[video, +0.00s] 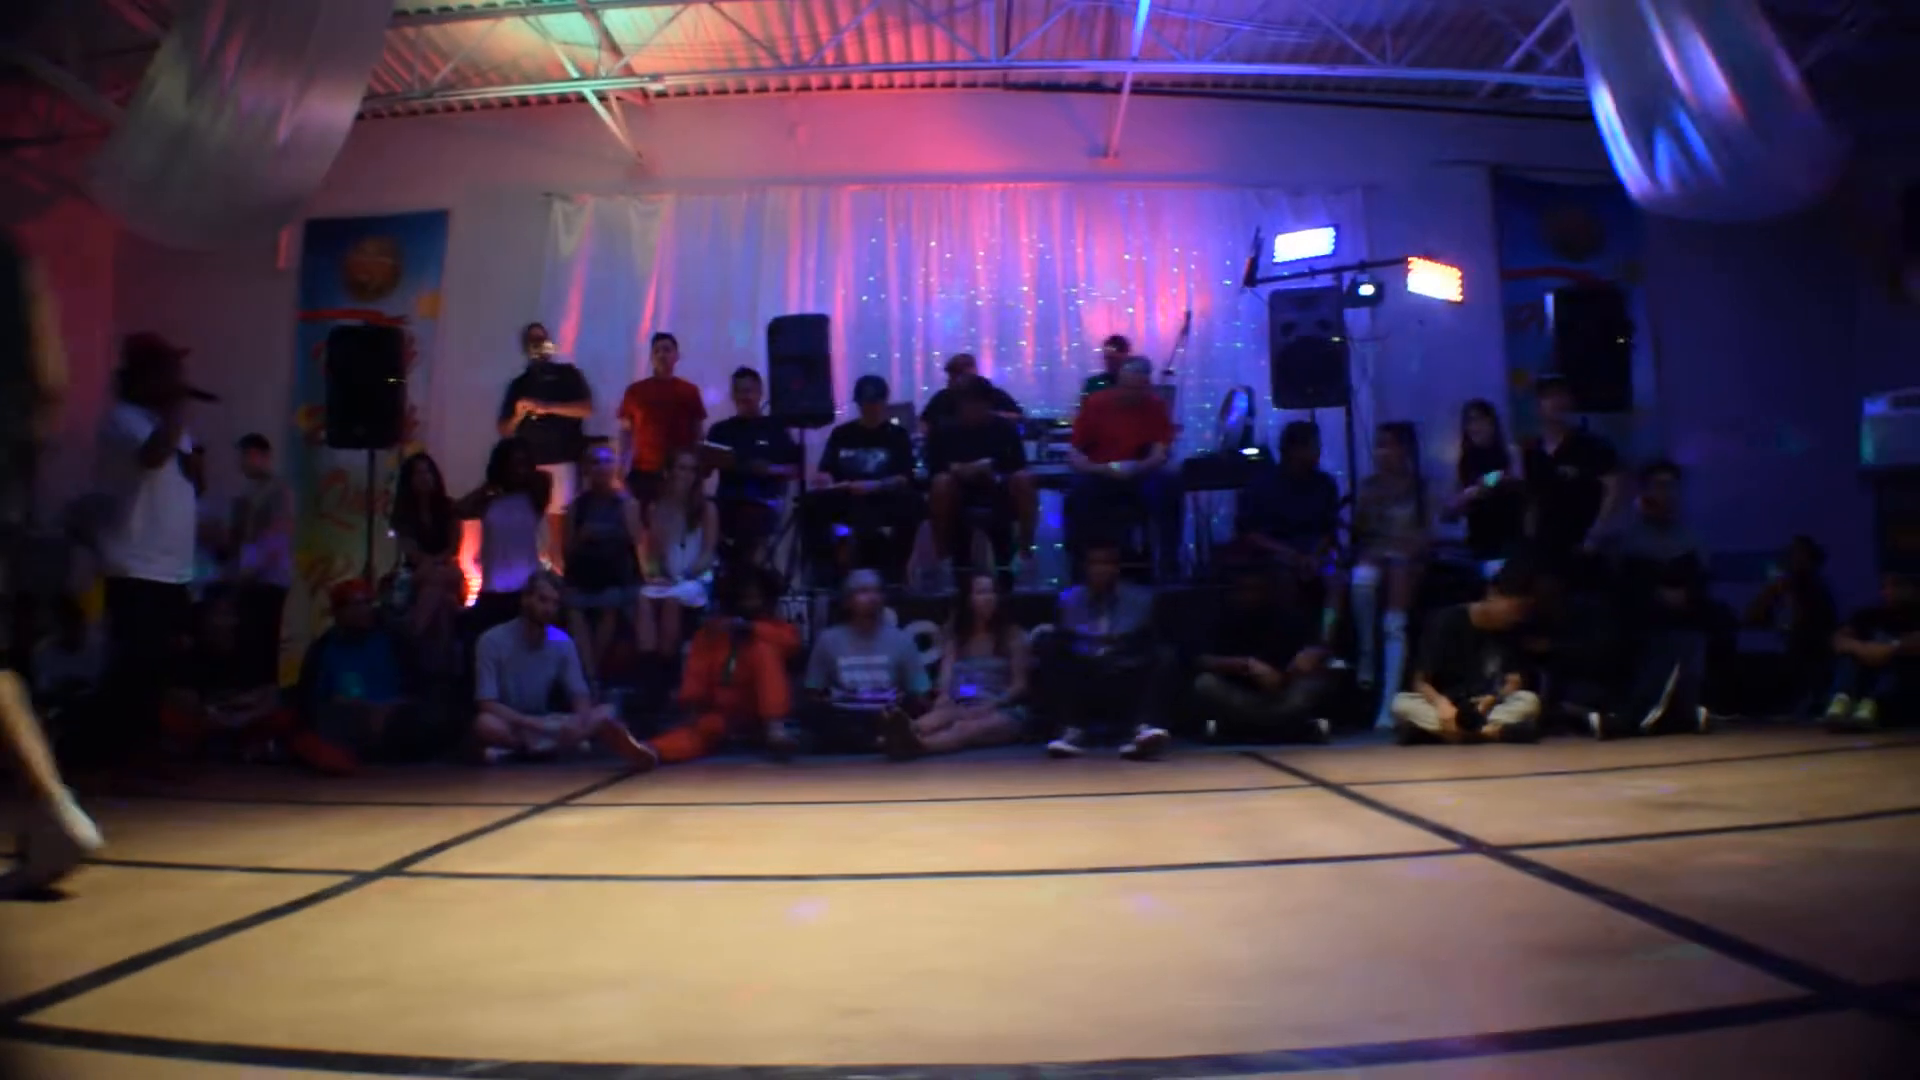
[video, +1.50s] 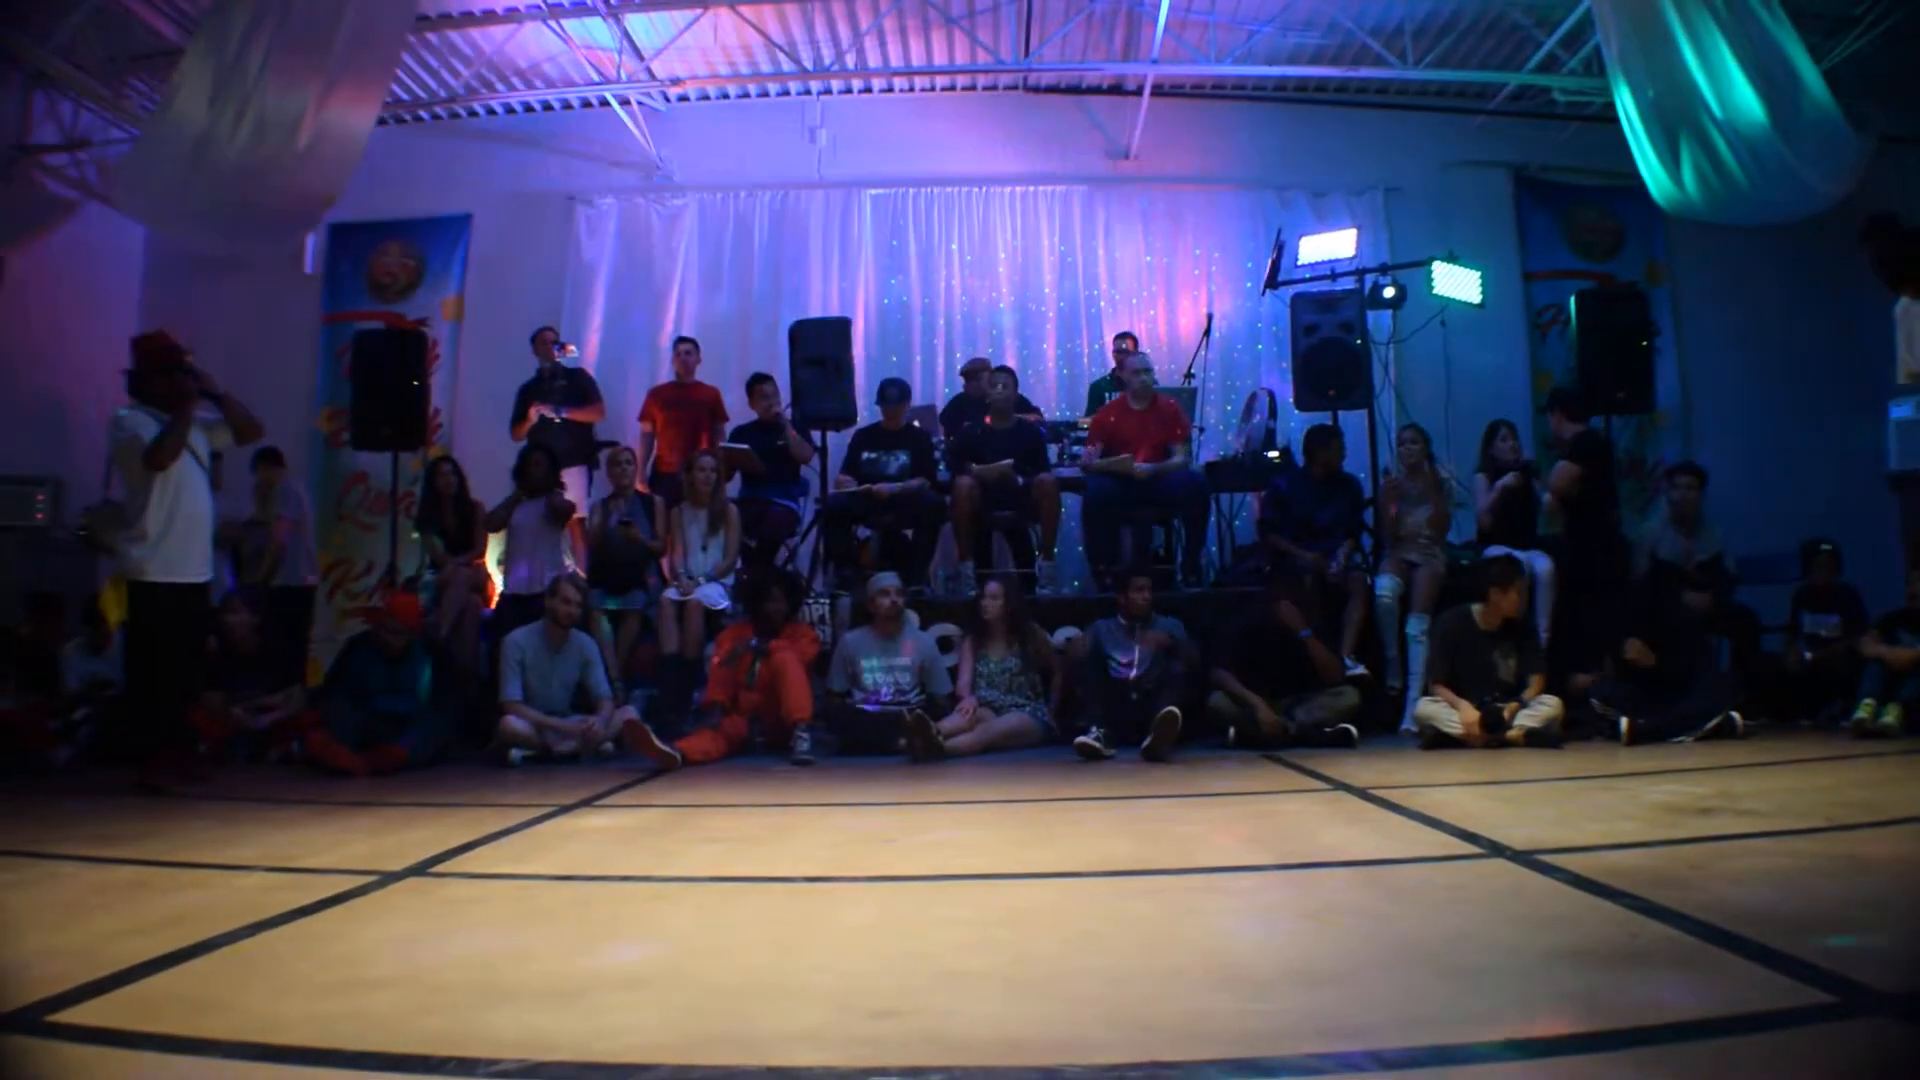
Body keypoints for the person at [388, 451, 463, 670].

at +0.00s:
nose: (424, 479)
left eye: (428, 473)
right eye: (418, 474)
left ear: (435, 476)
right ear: (408, 480)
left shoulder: (447, 506)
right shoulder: (403, 510)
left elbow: (453, 547)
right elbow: (409, 551)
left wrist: (431, 562)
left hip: (447, 573)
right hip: (416, 575)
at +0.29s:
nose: (423, 478)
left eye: (427, 472)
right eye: (416, 473)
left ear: (434, 476)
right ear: (406, 479)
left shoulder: (447, 507)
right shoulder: (401, 509)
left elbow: (453, 547)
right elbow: (407, 550)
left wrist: (428, 564)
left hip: (446, 570)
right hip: (415, 573)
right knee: (445, 602)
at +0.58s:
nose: (428, 481)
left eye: (432, 475)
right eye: (422, 476)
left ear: (439, 478)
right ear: (412, 482)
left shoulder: (452, 509)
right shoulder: (407, 513)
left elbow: (457, 550)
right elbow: (415, 553)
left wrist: (432, 566)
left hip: (451, 572)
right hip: (421, 575)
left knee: (439, 579)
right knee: (450, 603)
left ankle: (419, 636)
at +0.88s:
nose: (445, 480)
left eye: (449, 474)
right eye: (439, 475)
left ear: (457, 478)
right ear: (430, 481)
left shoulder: (469, 507)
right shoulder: (425, 510)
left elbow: (476, 547)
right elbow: (430, 550)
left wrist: (453, 562)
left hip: (469, 569)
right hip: (439, 571)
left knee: (457, 575)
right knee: (467, 600)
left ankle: (439, 633)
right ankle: (462, 661)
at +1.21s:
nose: (449, 480)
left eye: (453, 474)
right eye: (443, 475)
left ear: (460, 477)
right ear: (434, 481)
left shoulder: (475, 507)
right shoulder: (430, 509)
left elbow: (481, 547)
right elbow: (434, 547)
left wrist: (460, 561)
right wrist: (457, 566)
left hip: (475, 569)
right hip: (444, 571)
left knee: (461, 574)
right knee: (471, 600)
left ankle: (443, 631)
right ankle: (466, 665)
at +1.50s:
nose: (448, 480)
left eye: (452, 474)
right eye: (441, 476)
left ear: (459, 478)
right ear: (433, 481)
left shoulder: (474, 509)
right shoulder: (428, 511)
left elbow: (480, 550)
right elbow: (435, 554)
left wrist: (453, 563)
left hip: (474, 571)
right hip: (442, 574)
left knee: (459, 574)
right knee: (471, 602)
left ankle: (440, 633)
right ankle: (465, 668)